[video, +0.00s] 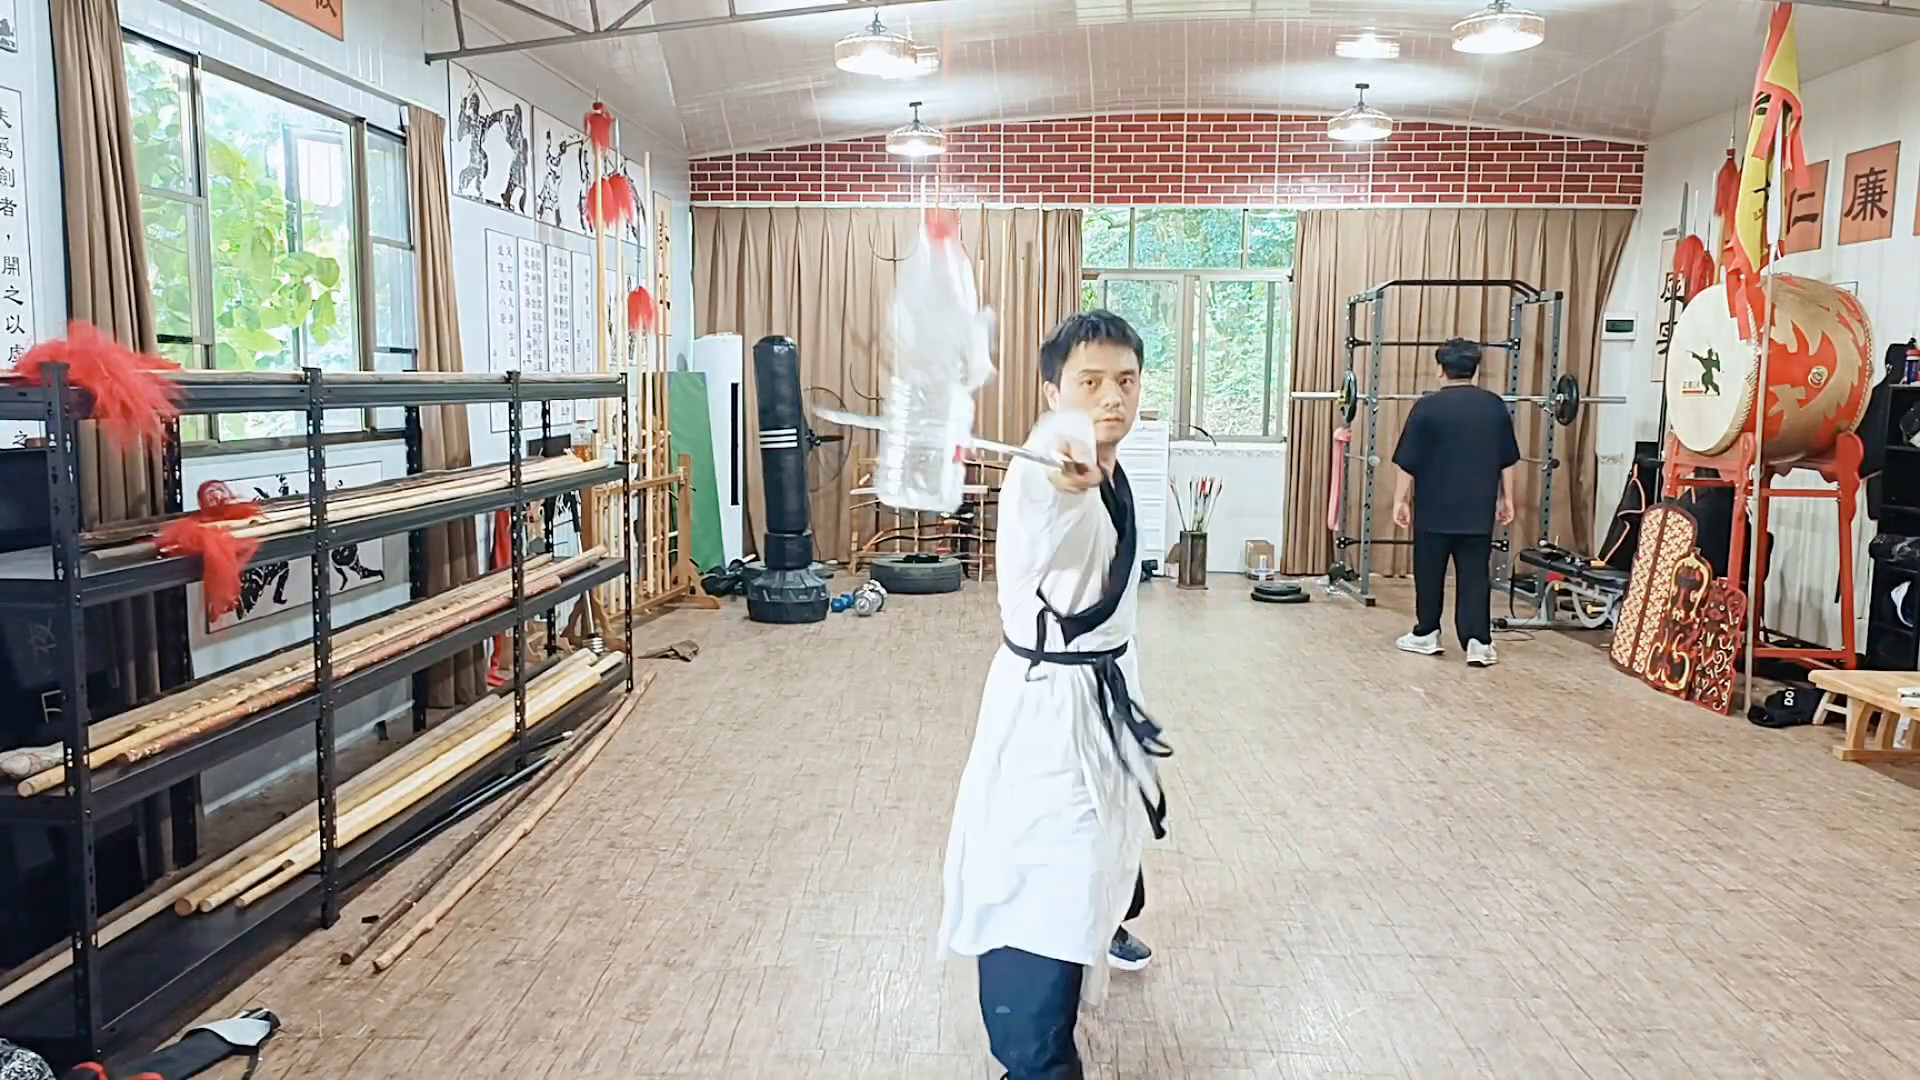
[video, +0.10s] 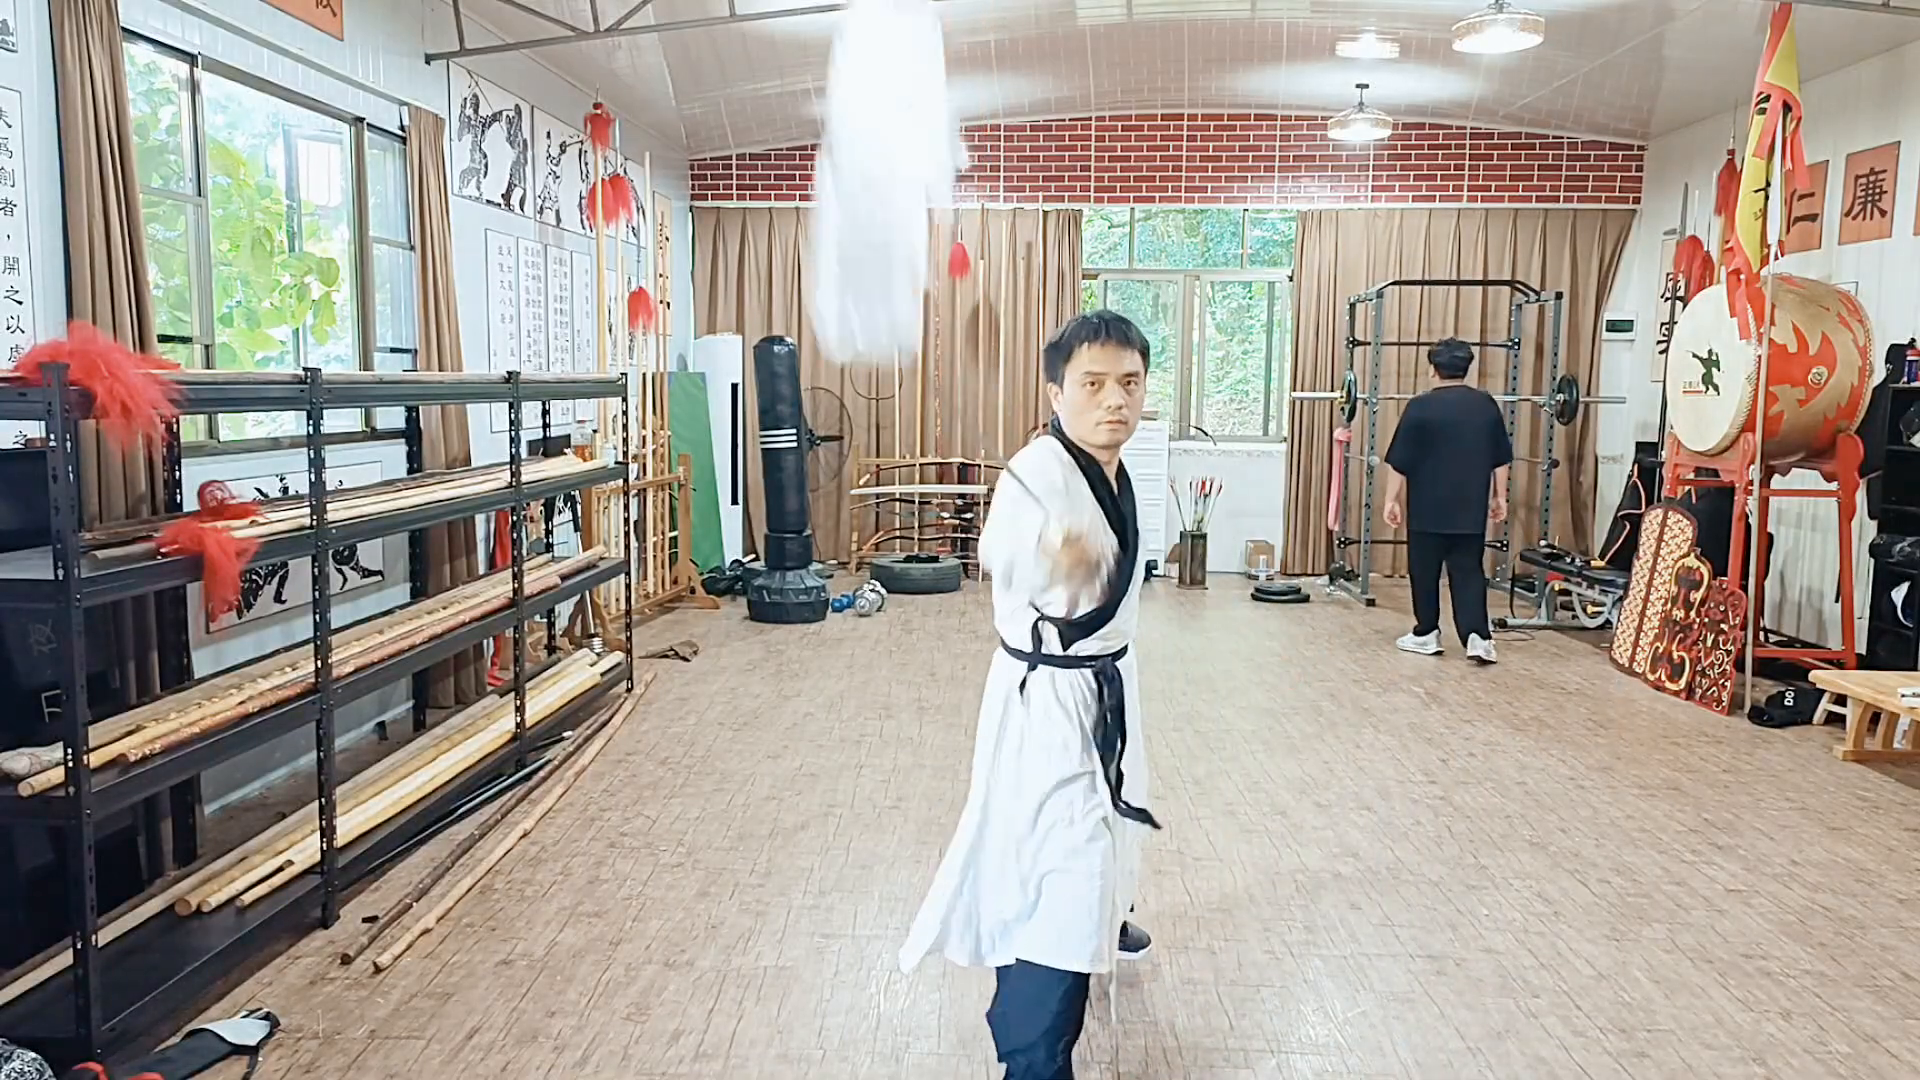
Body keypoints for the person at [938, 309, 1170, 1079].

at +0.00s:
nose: (1113, 398)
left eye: (1127, 380)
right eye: (1091, 380)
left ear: (1141, 389)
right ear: (1052, 391)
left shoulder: (1108, 459)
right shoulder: (1044, 462)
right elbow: (1042, 493)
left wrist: (1120, 696)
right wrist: (1070, 486)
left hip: (1103, 685)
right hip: (1045, 698)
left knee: (1107, 818)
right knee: (1040, 886)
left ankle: (1098, 928)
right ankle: (1038, 1058)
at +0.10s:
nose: (1118, 399)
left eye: (1131, 381)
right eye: (1097, 383)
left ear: (1145, 390)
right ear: (1057, 392)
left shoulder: (1110, 469)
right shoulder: (1035, 476)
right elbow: (1019, 547)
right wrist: (1061, 560)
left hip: (1104, 682)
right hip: (1048, 698)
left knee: (1100, 812)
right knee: (1068, 885)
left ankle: (1089, 924)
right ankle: (1035, 1055)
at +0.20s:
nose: (1122, 398)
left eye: (1135, 380)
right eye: (1100, 381)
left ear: (1149, 390)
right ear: (1057, 392)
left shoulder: (1128, 472)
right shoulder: (1024, 489)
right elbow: (986, 617)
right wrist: (1033, 658)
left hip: (1113, 680)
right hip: (1049, 697)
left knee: (1103, 841)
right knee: (1064, 879)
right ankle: (1037, 1051)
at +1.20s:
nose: (1120, 392)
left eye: (1134, 376)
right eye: (1099, 377)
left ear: (1150, 386)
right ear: (1064, 388)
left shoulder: (1133, 469)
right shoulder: (1039, 472)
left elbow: (1143, 566)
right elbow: (974, 574)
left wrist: (1173, 639)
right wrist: (1033, 586)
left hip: (1111, 680)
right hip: (1049, 686)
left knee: (1082, 858)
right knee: (1049, 877)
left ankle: (1051, 1033)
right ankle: (1036, 1058)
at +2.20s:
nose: (1127, 337)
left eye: (1137, 324)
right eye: (1108, 324)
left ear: (1149, 340)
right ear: (1071, 339)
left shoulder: (1138, 429)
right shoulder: (1035, 435)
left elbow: (1136, 534)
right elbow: (997, 555)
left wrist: (1182, 583)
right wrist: (1029, 635)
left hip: (1116, 636)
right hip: (1054, 646)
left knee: (1127, 786)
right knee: (1073, 806)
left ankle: (1078, 924)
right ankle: (1023, 967)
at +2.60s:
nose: (1098, 376)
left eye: (1109, 362)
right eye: (1080, 364)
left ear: (1122, 373)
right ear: (1051, 377)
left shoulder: (1111, 451)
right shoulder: (1035, 459)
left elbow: (1120, 547)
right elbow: (1005, 558)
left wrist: (1172, 594)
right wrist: (1059, 600)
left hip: (1104, 676)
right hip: (1045, 681)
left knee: (1087, 814)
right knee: (1056, 830)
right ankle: (1034, 980)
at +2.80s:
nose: (1131, 408)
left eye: (1142, 391)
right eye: (1108, 392)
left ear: (1155, 403)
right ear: (1064, 409)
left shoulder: (1147, 487)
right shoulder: (1029, 514)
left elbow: (1180, 567)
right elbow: (982, 653)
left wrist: (1233, 617)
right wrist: (1048, 644)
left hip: (1125, 718)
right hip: (1048, 733)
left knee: (1101, 890)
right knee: (1057, 966)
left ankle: (1059, 1028)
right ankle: (1014, 1061)